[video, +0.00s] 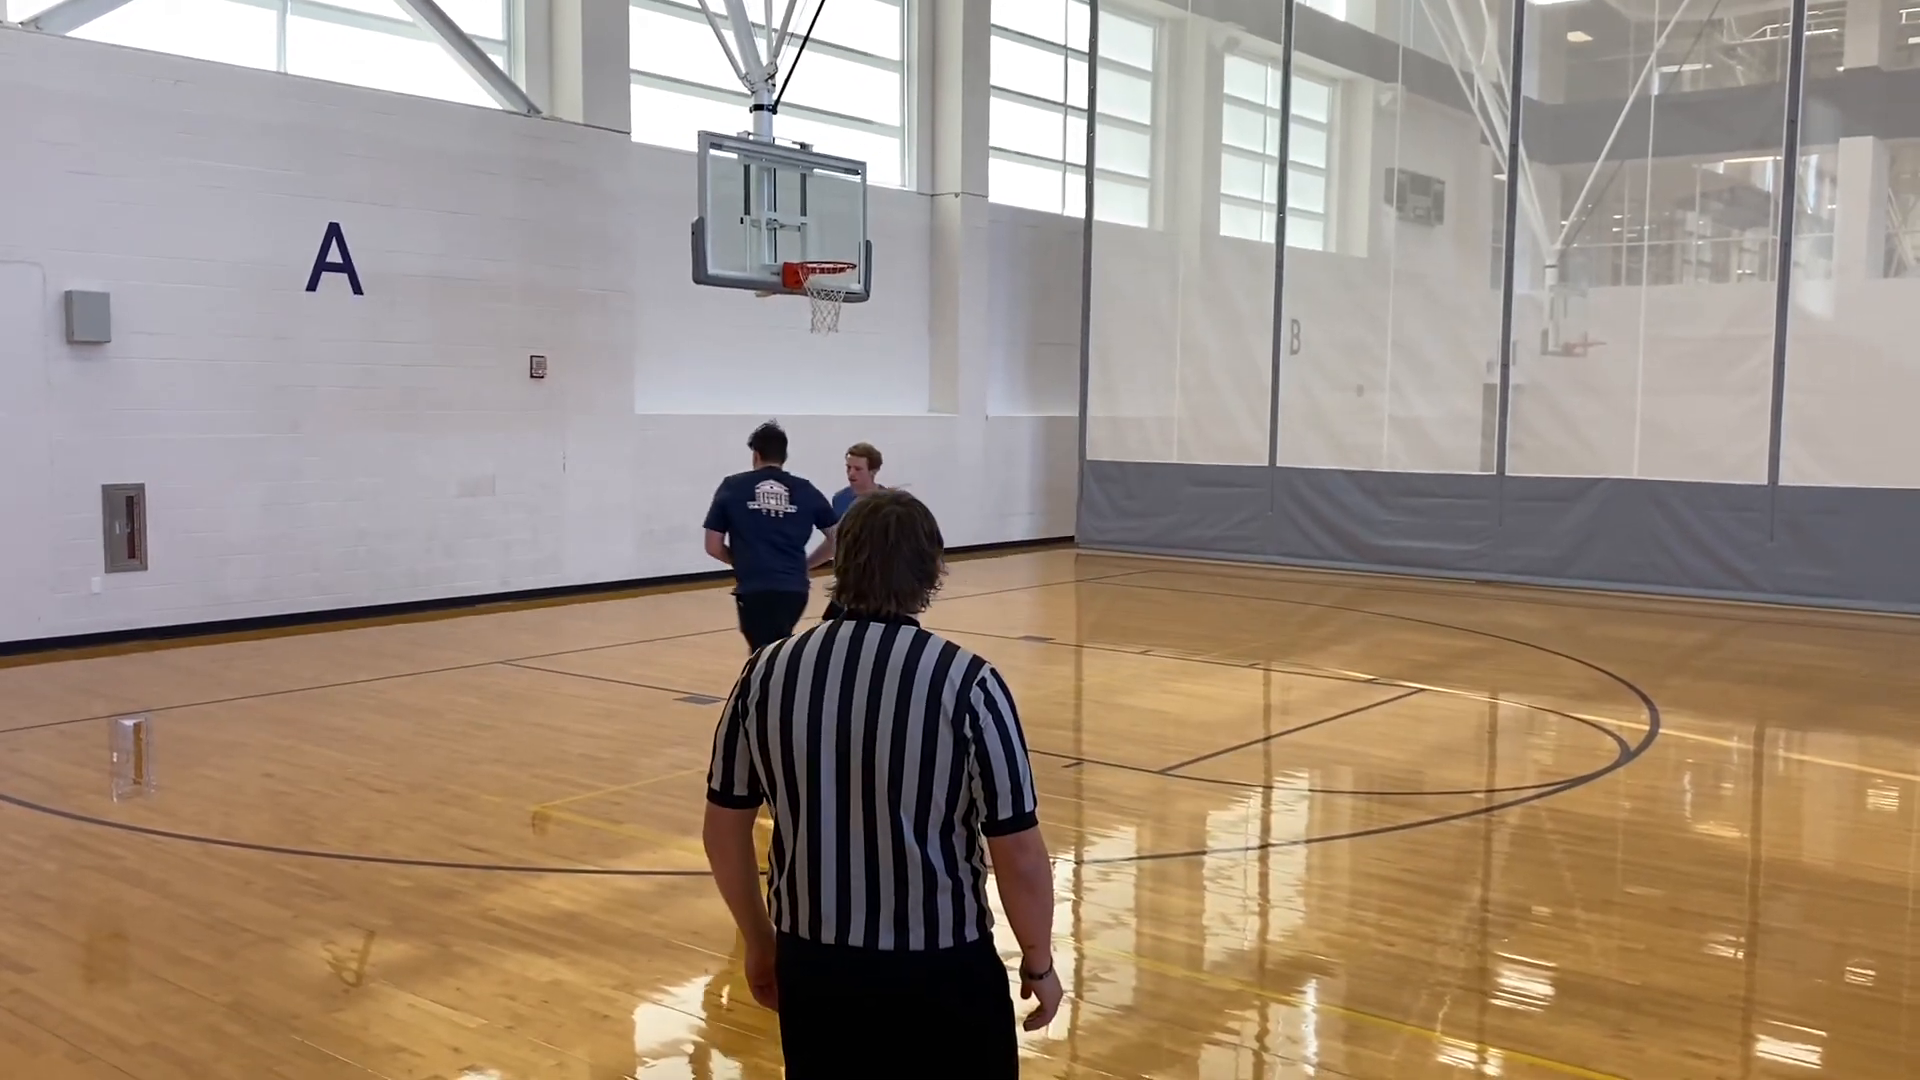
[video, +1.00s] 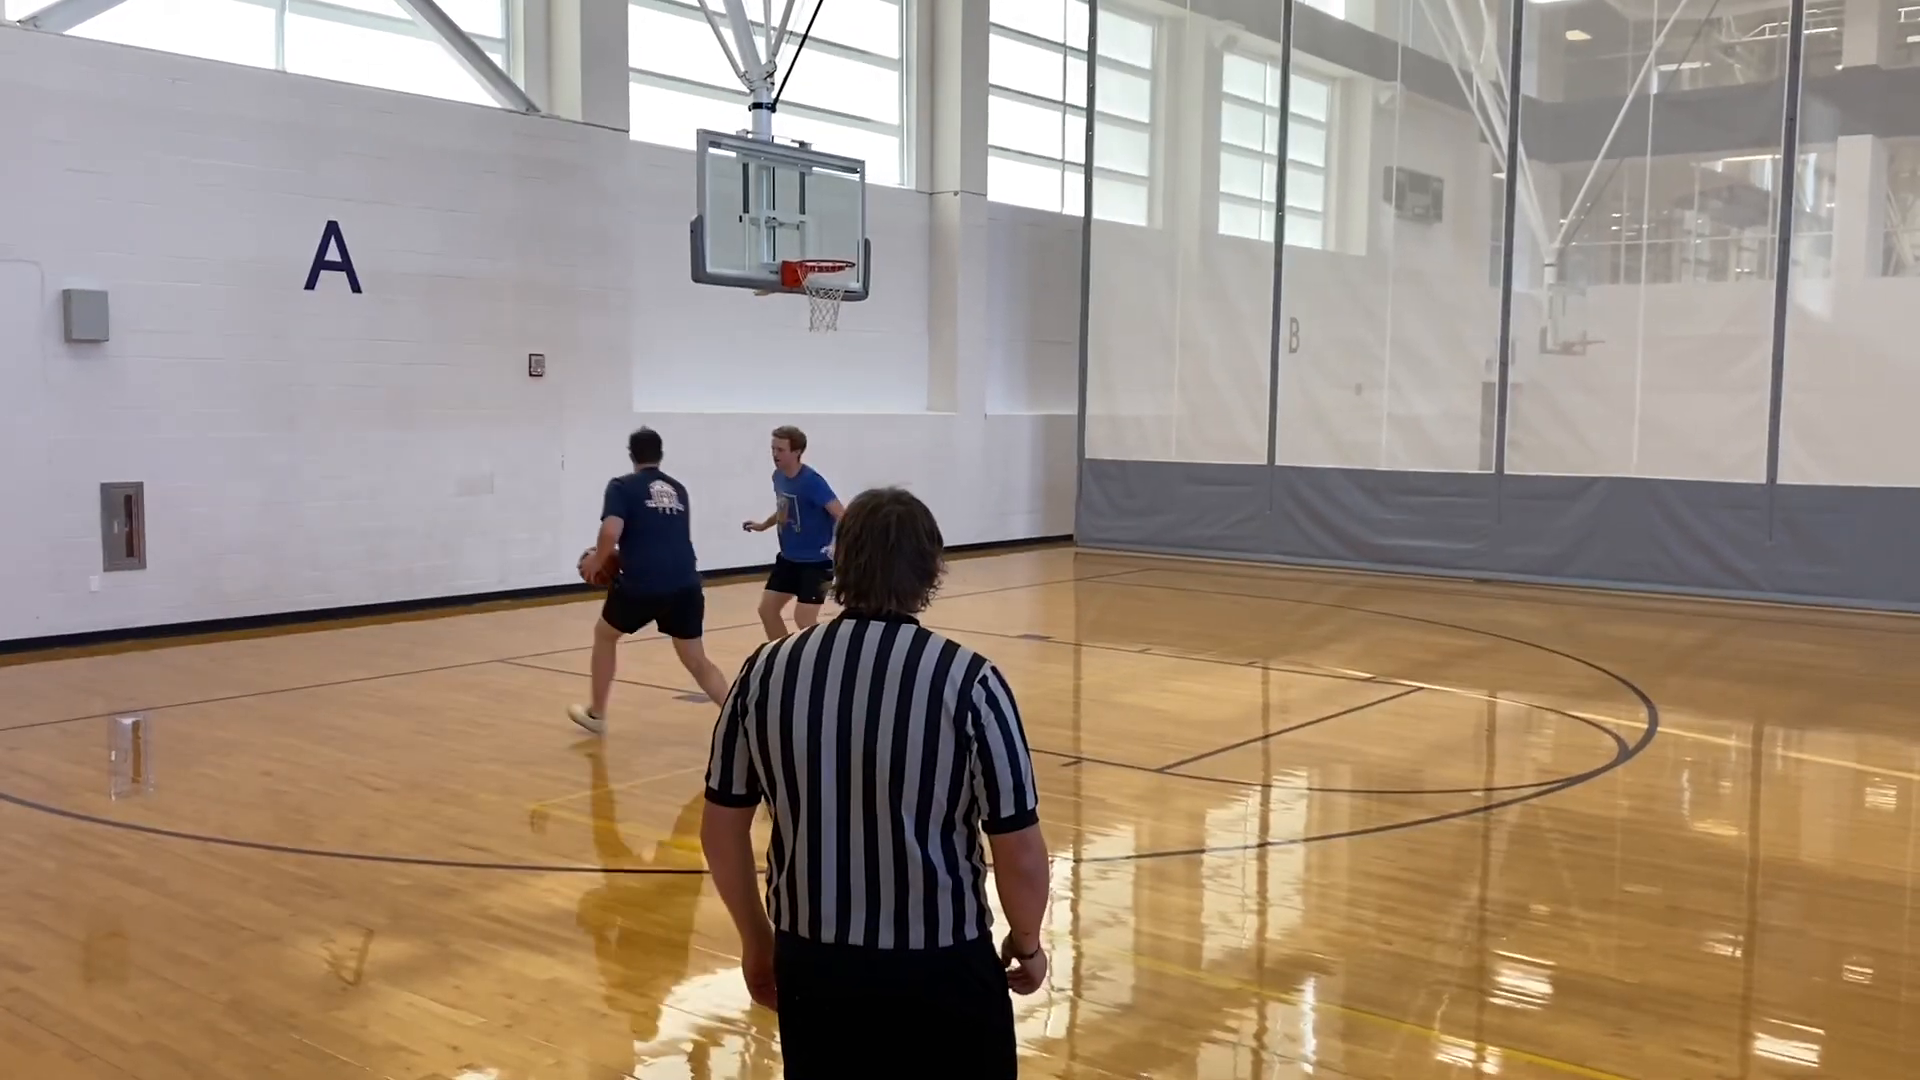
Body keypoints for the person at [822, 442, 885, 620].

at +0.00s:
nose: (851, 474)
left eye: (858, 469)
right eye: (848, 468)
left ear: (873, 471)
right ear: (845, 467)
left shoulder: (889, 501)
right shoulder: (839, 499)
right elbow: (835, 540)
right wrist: (805, 564)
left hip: (882, 577)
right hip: (848, 576)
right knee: (828, 627)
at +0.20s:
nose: (834, 471)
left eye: (840, 467)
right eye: (831, 466)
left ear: (856, 469)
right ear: (828, 465)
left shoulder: (873, 498)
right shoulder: (823, 494)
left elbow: (882, 536)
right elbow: (821, 522)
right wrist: (802, 537)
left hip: (869, 574)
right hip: (838, 573)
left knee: (869, 625)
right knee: (813, 624)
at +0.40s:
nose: (817, 468)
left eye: (822, 463)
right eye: (815, 462)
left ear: (838, 466)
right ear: (812, 463)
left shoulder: (855, 497)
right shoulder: (807, 492)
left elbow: (867, 534)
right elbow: (802, 514)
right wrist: (776, 528)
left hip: (850, 576)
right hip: (821, 574)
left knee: (850, 631)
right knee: (803, 632)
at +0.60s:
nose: (799, 463)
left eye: (805, 458)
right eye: (798, 457)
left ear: (822, 460)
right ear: (795, 457)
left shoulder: (840, 493)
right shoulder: (796, 483)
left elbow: (855, 533)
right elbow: (793, 506)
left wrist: (847, 574)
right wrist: (762, 521)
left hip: (835, 574)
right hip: (807, 573)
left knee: (836, 631)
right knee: (793, 627)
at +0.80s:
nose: (786, 456)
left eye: (792, 451)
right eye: (785, 450)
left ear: (809, 453)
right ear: (783, 450)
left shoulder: (825, 483)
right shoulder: (786, 477)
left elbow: (853, 517)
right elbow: (790, 504)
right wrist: (764, 518)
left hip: (826, 564)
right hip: (798, 562)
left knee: (818, 620)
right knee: (783, 618)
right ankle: (799, 665)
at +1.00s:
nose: (774, 455)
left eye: (780, 450)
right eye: (773, 449)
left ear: (797, 452)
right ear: (772, 449)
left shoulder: (813, 482)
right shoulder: (778, 477)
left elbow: (843, 517)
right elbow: (785, 510)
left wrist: (840, 548)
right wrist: (763, 526)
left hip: (816, 563)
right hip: (788, 560)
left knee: (805, 619)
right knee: (767, 610)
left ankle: (819, 668)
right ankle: (787, 664)